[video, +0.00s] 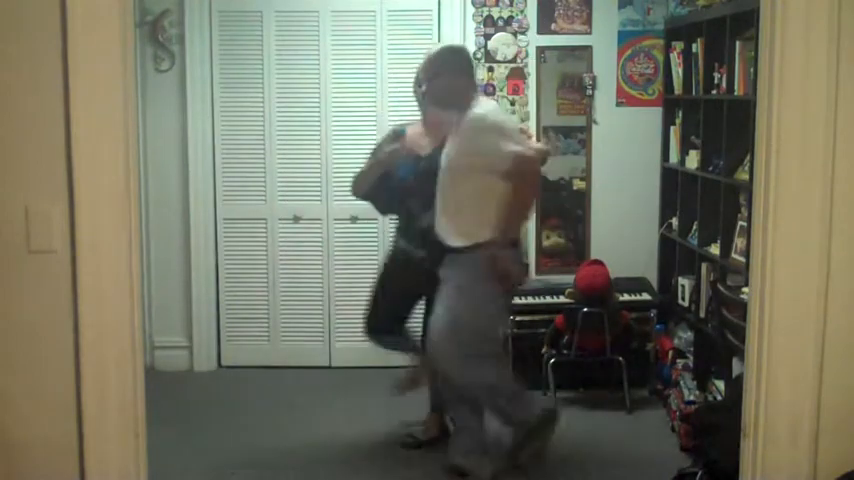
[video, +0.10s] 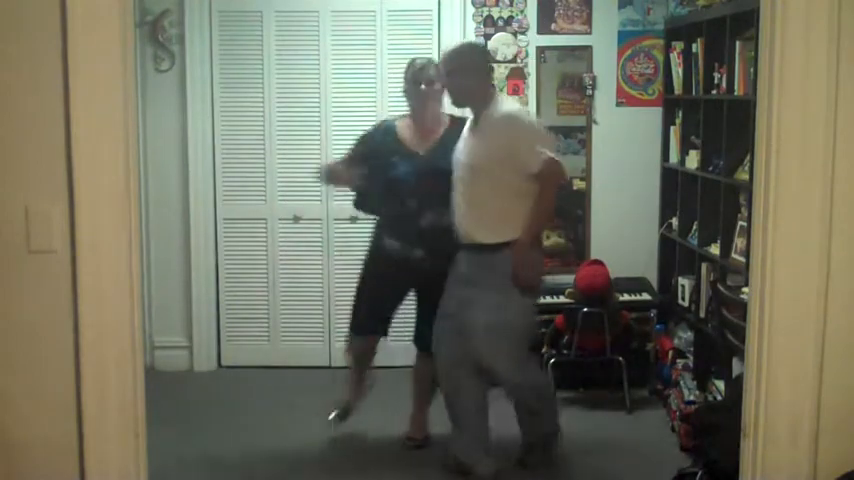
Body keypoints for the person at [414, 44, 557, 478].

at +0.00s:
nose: (425, 95)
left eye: (429, 85)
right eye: (423, 87)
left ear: (452, 82)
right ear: (456, 84)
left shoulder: (482, 123)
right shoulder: (463, 127)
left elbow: (528, 167)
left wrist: (505, 241)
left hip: (483, 258)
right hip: (462, 258)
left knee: (450, 350)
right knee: (455, 353)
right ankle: (473, 452)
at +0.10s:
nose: (447, 84)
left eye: (453, 75)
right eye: (446, 76)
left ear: (482, 74)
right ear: (458, 80)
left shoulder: (513, 122)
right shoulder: (471, 127)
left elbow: (554, 174)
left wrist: (529, 242)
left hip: (506, 258)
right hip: (468, 258)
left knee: (506, 355)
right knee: (453, 356)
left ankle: (542, 437)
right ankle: (469, 455)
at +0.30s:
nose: (477, 90)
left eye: (485, 81)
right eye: (476, 81)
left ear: (516, 81)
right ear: (481, 86)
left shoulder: (555, 130)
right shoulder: (481, 136)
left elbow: (583, 194)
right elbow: (436, 168)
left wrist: (556, 260)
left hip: (553, 264)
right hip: (504, 260)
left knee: (533, 348)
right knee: (473, 333)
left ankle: (547, 437)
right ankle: (510, 401)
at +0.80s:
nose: (495, 84)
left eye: (505, 79)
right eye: (494, 77)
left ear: (530, 85)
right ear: (494, 82)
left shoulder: (565, 132)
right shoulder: (481, 132)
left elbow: (605, 184)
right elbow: (430, 168)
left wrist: (588, 240)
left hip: (556, 252)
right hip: (509, 252)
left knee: (507, 325)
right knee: (521, 337)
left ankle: (494, 425)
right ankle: (576, 405)